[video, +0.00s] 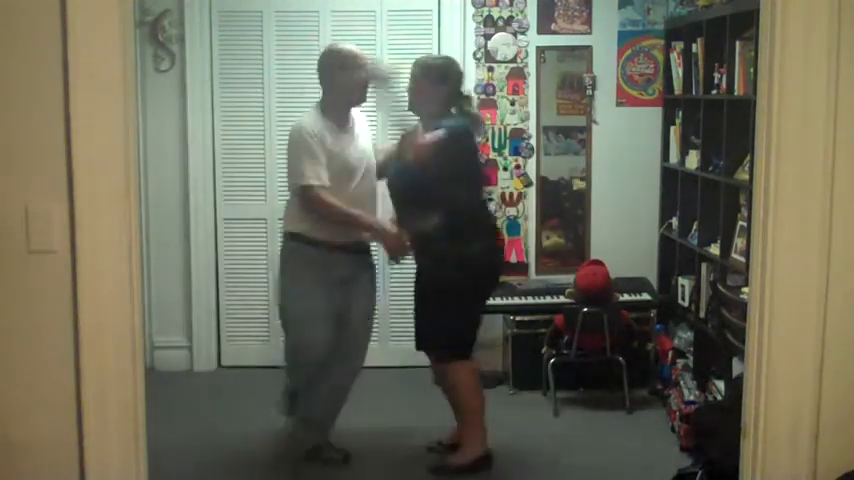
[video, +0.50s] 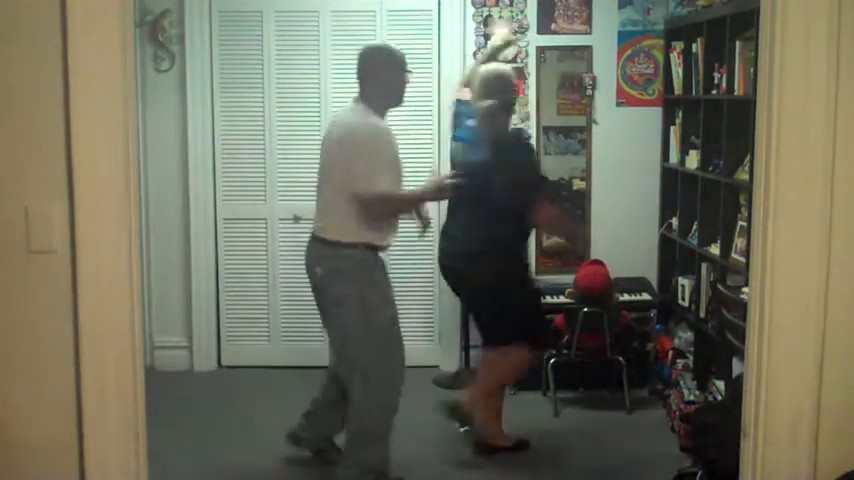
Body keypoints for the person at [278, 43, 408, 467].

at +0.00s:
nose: (368, 83)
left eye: (367, 76)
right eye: (359, 76)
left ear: (358, 81)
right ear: (333, 80)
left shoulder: (360, 127)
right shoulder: (306, 130)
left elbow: (366, 171)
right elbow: (310, 197)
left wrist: (402, 150)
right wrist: (379, 230)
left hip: (355, 256)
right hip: (309, 256)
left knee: (350, 352)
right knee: (312, 346)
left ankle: (316, 436)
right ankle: (300, 415)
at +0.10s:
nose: (374, 72)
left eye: (373, 65)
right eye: (364, 66)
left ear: (364, 73)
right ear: (335, 72)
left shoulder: (358, 122)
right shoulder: (311, 124)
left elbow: (366, 186)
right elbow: (298, 193)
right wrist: (363, 226)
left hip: (355, 249)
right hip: (314, 245)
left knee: (353, 346)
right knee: (338, 330)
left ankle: (307, 437)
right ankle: (283, 363)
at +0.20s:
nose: (382, 70)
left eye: (381, 63)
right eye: (373, 63)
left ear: (364, 70)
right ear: (345, 67)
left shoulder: (361, 122)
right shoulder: (318, 119)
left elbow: (365, 183)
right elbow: (292, 181)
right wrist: (357, 209)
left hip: (352, 242)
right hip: (318, 239)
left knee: (337, 341)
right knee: (371, 318)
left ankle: (307, 439)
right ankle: (289, 376)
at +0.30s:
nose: (388, 71)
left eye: (387, 64)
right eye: (379, 64)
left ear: (365, 69)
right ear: (351, 68)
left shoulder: (358, 117)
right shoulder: (331, 116)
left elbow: (351, 172)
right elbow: (304, 177)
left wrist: (388, 168)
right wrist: (375, 197)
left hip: (346, 240)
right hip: (327, 241)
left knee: (334, 339)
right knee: (389, 323)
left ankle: (309, 435)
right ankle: (326, 425)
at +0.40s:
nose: (396, 75)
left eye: (395, 67)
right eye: (389, 67)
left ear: (365, 72)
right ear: (363, 70)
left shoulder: (359, 118)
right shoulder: (342, 119)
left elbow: (353, 182)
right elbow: (333, 187)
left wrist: (402, 189)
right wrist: (399, 190)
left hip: (340, 247)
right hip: (338, 249)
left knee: (341, 349)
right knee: (386, 354)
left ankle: (307, 441)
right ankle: (372, 466)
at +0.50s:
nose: (407, 84)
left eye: (405, 76)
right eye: (400, 75)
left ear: (369, 79)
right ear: (375, 78)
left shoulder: (348, 122)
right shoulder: (368, 130)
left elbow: (357, 188)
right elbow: (372, 203)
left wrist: (407, 203)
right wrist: (428, 192)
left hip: (332, 254)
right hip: (351, 260)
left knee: (357, 357)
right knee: (381, 365)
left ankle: (312, 435)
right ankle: (367, 468)